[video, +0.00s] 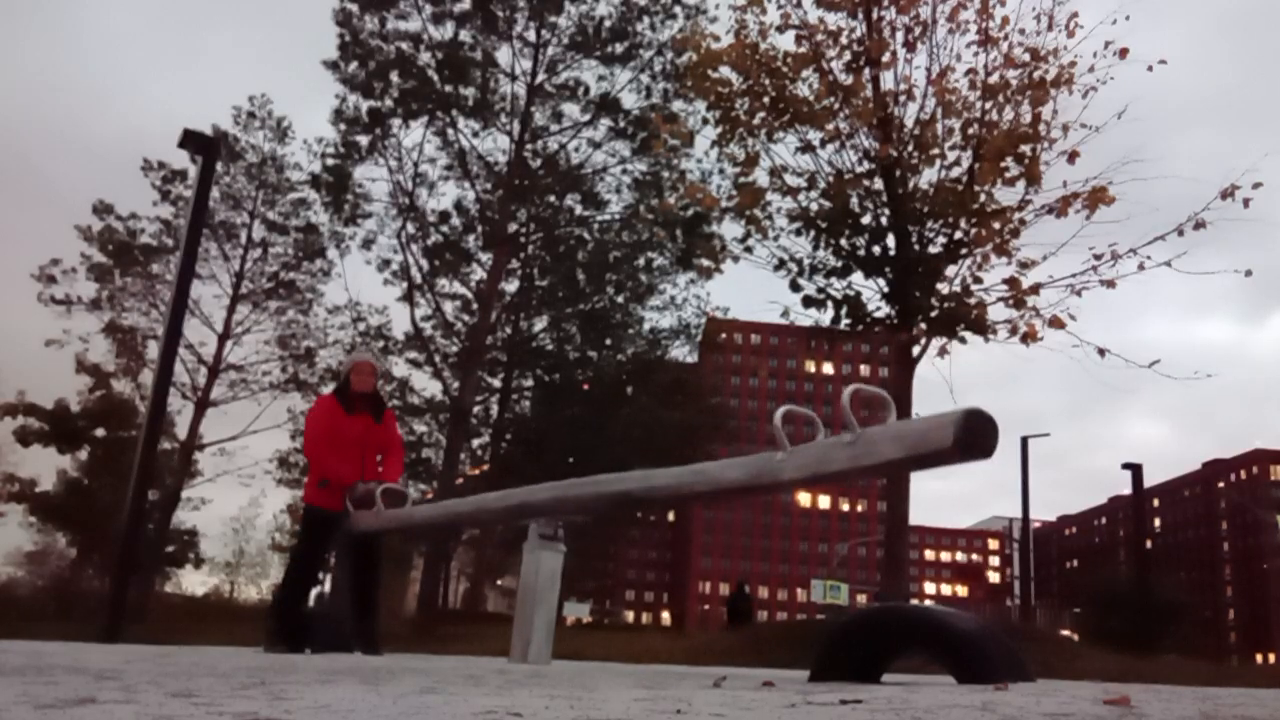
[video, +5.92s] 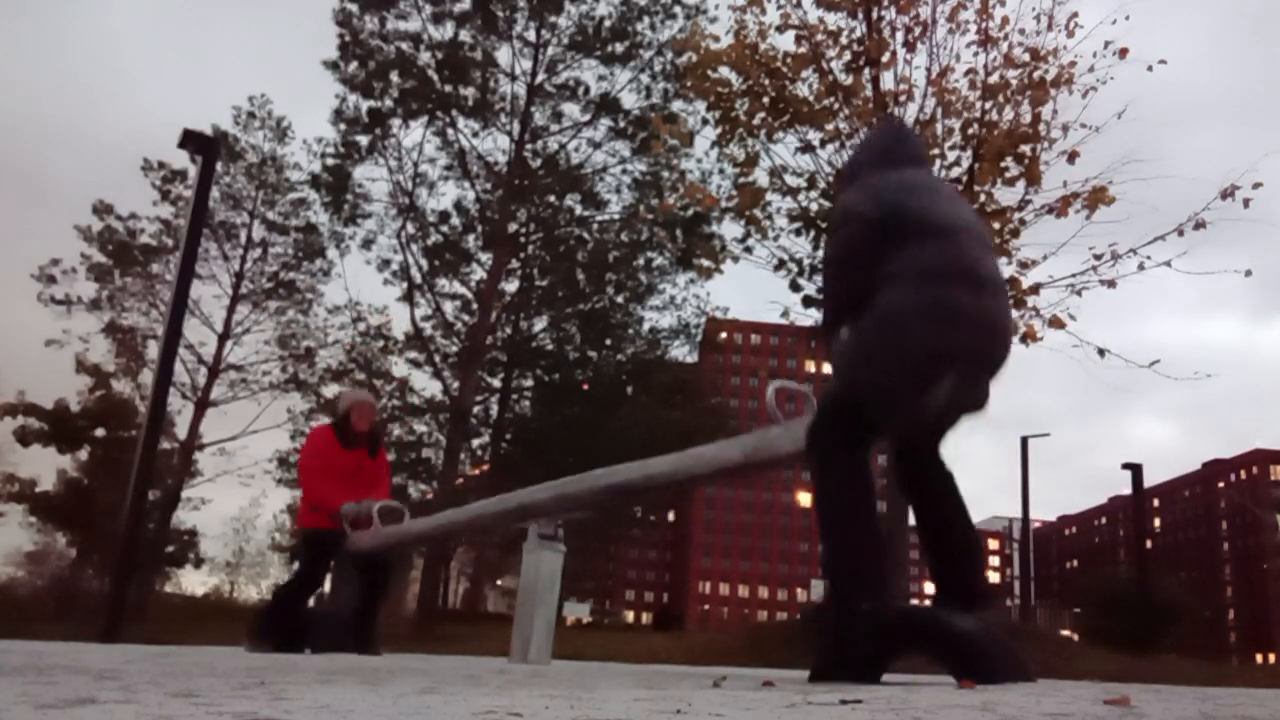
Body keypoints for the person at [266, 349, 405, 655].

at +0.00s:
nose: (365, 379)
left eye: (370, 374)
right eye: (359, 373)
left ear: (377, 380)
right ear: (347, 377)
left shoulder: (383, 415)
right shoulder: (326, 407)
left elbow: (394, 452)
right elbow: (316, 451)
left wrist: (390, 483)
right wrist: (347, 482)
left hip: (365, 510)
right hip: (324, 505)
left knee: (366, 576)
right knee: (304, 569)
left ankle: (365, 639)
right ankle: (282, 635)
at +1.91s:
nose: (361, 390)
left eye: (366, 386)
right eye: (355, 385)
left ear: (373, 392)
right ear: (344, 389)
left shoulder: (377, 426)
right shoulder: (323, 415)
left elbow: (386, 465)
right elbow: (318, 455)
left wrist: (378, 488)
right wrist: (346, 482)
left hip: (360, 513)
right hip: (322, 508)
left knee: (358, 578)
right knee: (303, 573)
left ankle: (360, 640)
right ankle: (282, 635)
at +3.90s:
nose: (373, 388)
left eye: (378, 384)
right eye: (368, 382)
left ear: (384, 389)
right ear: (354, 384)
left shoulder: (384, 422)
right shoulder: (331, 410)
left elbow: (395, 462)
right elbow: (315, 448)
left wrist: (386, 484)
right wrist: (350, 477)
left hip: (364, 512)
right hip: (325, 506)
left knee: (362, 576)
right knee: (306, 570)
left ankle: (360, 640)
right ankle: (283, 635)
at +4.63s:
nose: (383, 364)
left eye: (388, 358)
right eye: (377, 357)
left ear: (394, 363)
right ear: (364, 359)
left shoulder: (395, 394)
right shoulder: (341, 381)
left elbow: (404, 432)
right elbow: (328, 424)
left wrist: (384, 452)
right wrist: (354, 455)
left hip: (375, 477)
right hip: (335, 470)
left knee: (384, 534)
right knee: (326, 530)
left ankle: (380, 603)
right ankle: (291, 594)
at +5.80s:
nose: (369, 396)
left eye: (375, 391)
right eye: (364, 390)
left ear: (382, 395)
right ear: (353, 391)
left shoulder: (384, 428)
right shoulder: (331, 413)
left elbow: (390, 468)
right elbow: (319, 458)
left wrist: (375, 486)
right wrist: (346, 486)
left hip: (365, 511)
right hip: (327, 505)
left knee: (377, 564)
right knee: (317, 564)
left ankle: (364, 634)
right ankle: (273, 621)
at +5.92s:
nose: (365, 419)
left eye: (369, 413)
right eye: (359, 412)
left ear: (374, 416)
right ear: (346, 413)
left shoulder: (375, 450)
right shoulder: (322, 437)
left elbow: (382, 488)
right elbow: (310, 481)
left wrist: (368, 508)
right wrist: (339, 506)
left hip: (358, 527)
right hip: (320, 521)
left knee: (372, 577)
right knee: (312, 574)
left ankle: (362, 638)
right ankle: (268, 626)